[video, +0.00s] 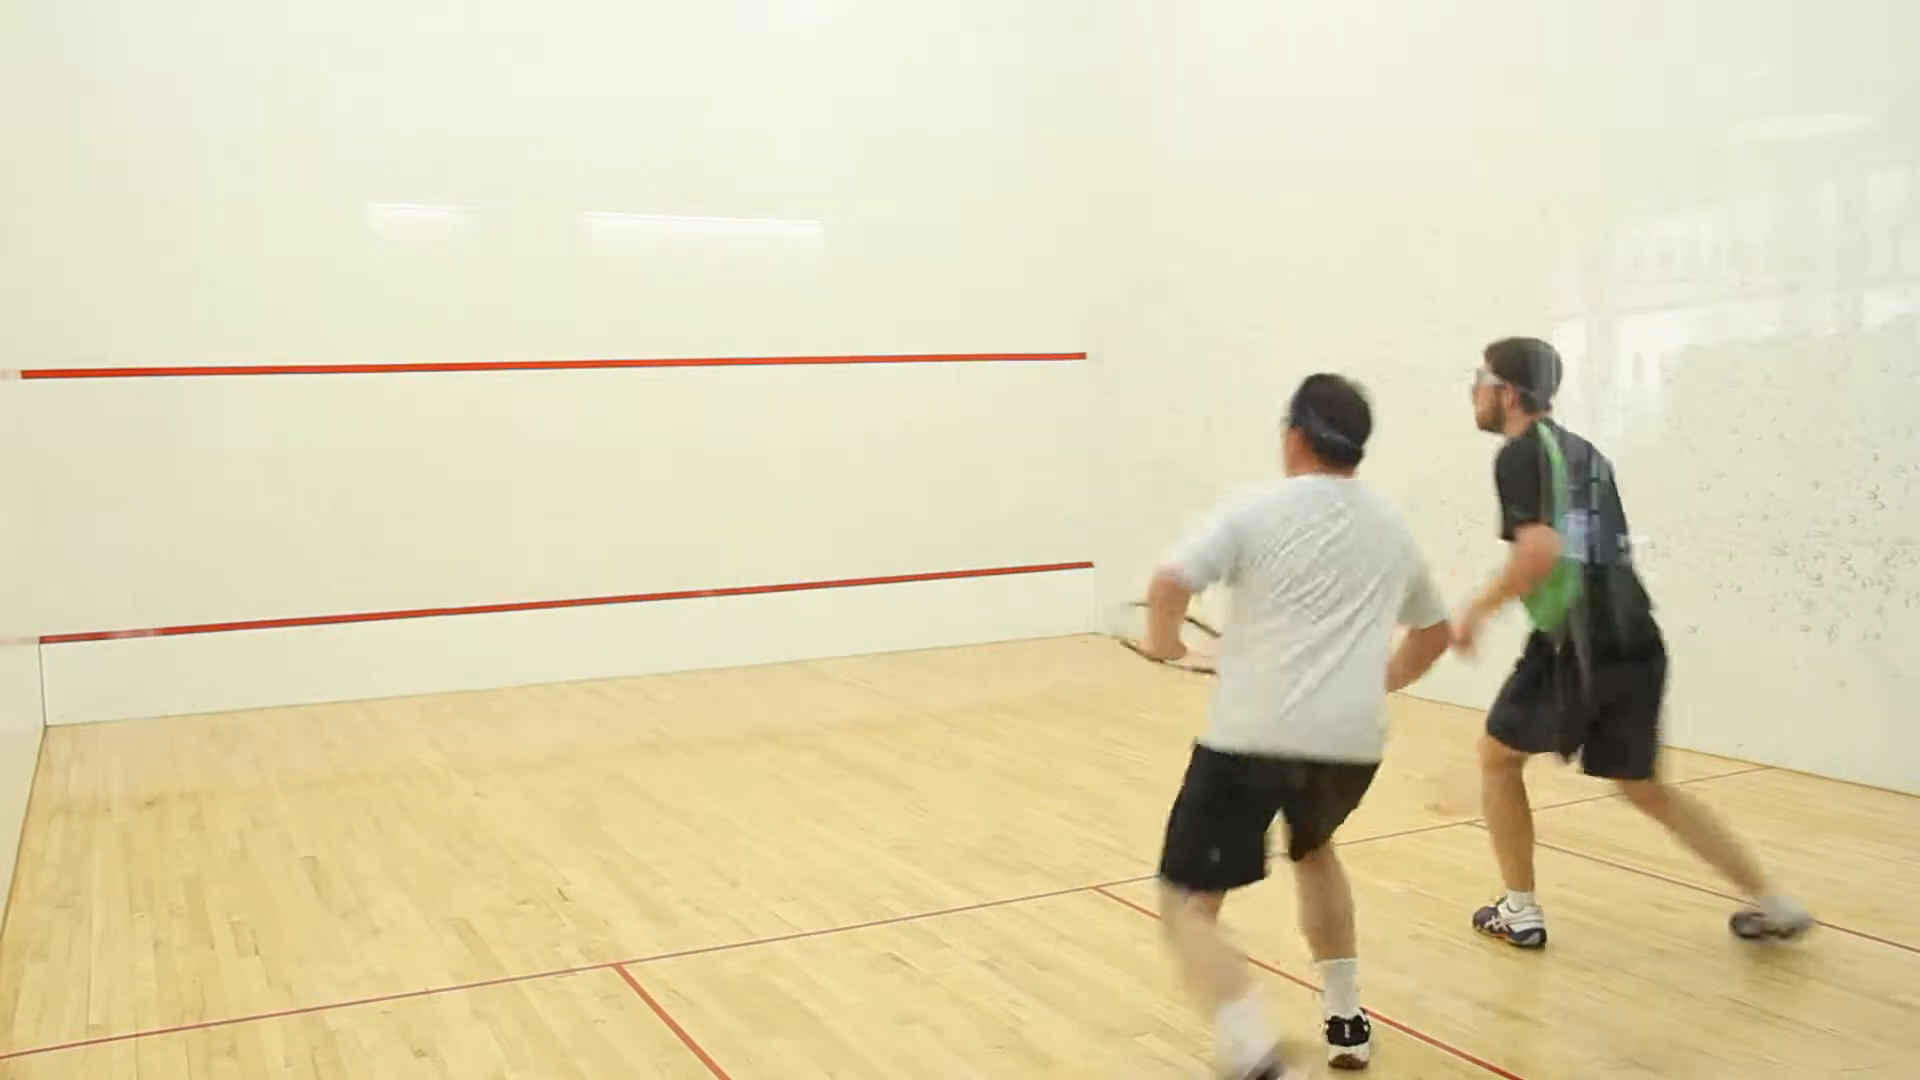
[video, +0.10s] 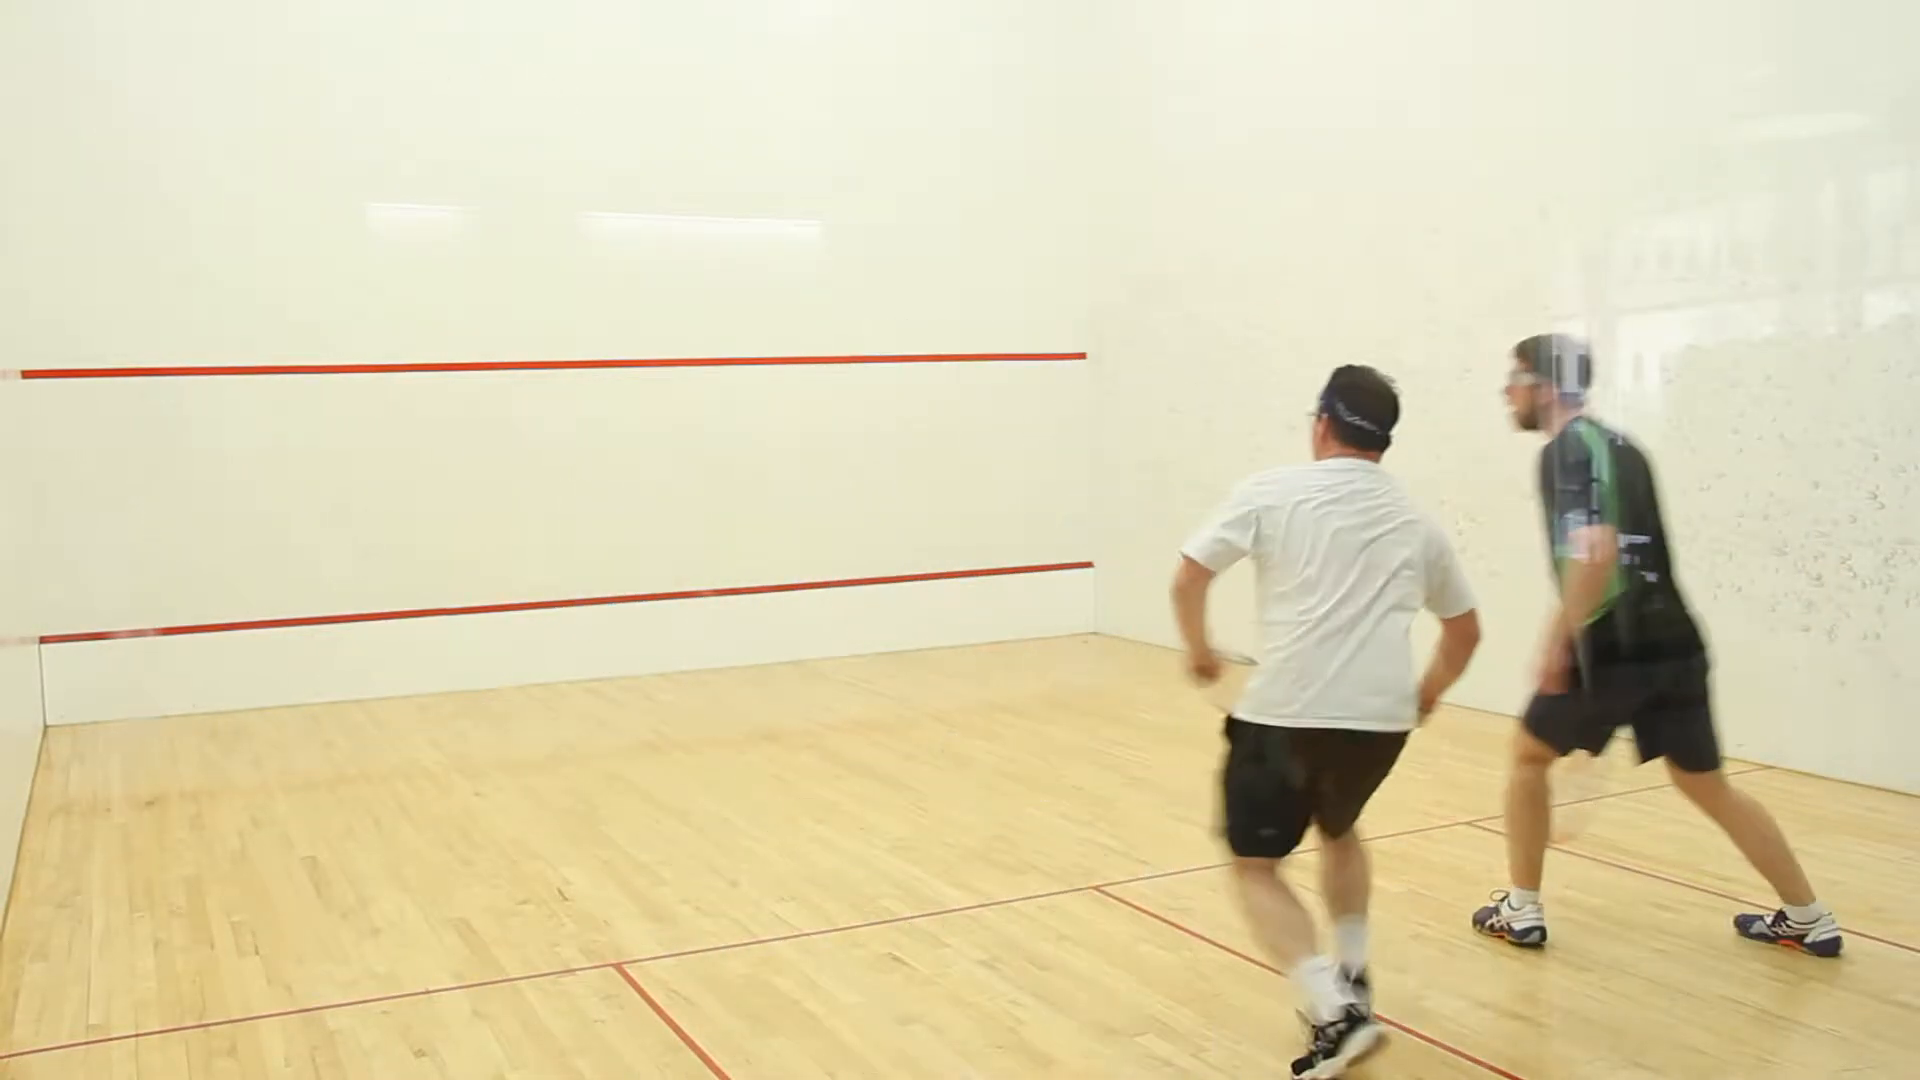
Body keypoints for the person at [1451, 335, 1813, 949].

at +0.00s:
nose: (1473, 393)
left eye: (1481, 383)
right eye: (1477, 381)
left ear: (1508, 395)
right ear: (1532, 397)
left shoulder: (1522, 455)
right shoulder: (1585, 454)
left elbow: (1538, 551)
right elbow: (1609, 553)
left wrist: (1476, 611)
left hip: (1569, 650)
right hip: (1632, 649)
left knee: (1498, 754)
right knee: (1640, 782)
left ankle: (1519, 908)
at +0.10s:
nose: (1506, 392)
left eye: (1516, 379)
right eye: (1510, 379)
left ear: (1548, 387)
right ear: (1567, 387)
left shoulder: (1569, 448)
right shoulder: (1620, 448)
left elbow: (1595, 558)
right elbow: (1644, 561)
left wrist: (1557, 636)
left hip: (1613, 650)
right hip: (1673, 648)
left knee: (1529, 755)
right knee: (1703, 781)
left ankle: (1521, 907)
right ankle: (1809, 917)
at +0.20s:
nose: (1559, 373)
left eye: (1567, 361)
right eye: (1561, 360)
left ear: (1597, 363)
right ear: (1620, 362)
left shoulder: (1617, 429)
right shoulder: (1662, 425)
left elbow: (1651, 526)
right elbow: (1686, 529)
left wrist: (1630, 622)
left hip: (1662, 635)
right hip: (1719, 630)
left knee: (1580, 750)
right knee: (1727, 769)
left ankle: (1572, 903)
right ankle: (1811, 915)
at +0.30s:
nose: (1602, 361)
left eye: (1607, 348)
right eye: (1604, 347)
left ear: (1627, 349)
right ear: (1665, 347)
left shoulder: (1640, 417)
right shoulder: (1717, 414)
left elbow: (1680, 513)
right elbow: (1768, 514)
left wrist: (1663, 612)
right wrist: (1763, 597)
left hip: (1690, 630)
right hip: (1754, 624)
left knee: (1619, 750)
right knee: (1753, 767)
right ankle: (1814, 914)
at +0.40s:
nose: (1642, 358)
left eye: (1643, 348)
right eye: (1645, 347)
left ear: (1656, 347)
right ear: (1704, 343)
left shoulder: (1657, 418)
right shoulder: (1758, 412)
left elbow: (1683, 518)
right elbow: (1817, 505)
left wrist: (1666, 621)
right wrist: (1823, 594)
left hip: (1717, 631)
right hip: (1782, 622)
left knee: (1690, 778)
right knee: (1771, 768)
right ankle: (1814, 915)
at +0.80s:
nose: (1659, 380)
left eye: (1661, 371)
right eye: (1665, 370)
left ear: (1667, 375)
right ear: (1723, 374)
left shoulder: (1652, 447)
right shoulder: (1785, 444)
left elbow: (1645, 548)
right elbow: (1838, 544)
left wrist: (1623, 629)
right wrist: (1809, 625)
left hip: (1716, 648)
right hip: (1794, 643)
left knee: (1645, 787)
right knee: (1807, 787)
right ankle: (1874, 941)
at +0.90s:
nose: (1636, 383)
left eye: (1638, 372)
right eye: (1647, 371)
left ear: (1643, 374)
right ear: (1698, 375)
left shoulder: (1628, 449)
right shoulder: (1756, 446)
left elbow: (1616, 543)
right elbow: (1806, 553)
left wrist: (1592, 624)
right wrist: (1766, 615)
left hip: (1684, 653)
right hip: (1762, 650)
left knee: (1597, 792)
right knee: (1784, 788)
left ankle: (1624, 960)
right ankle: (1872, 938)